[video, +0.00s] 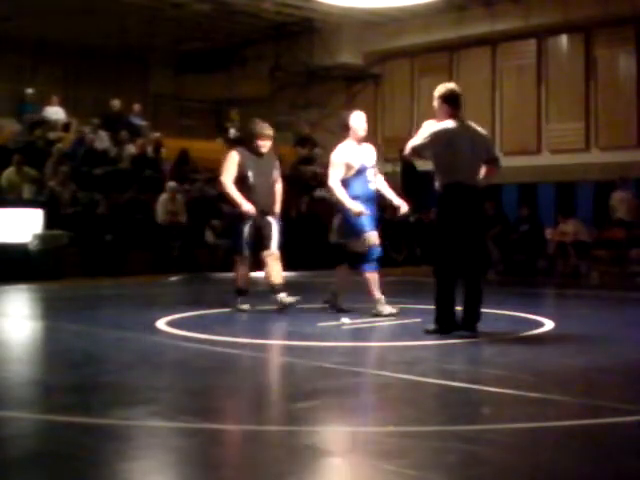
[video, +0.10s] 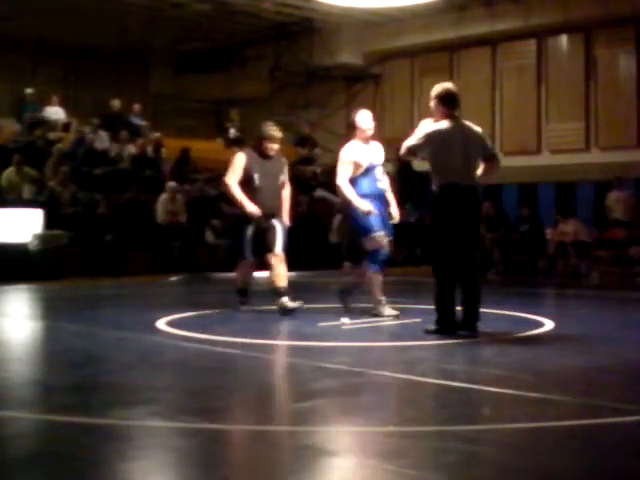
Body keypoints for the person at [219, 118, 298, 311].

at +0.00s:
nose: (265, 143)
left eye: (268, 139)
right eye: (261, 139)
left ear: (272, 140)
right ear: (252, 140)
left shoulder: (272, 159)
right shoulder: (237, 156)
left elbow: (277, 183)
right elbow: (226, 180)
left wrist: (276, 208)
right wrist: (243, 203)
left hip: (267, 212)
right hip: (246, 213)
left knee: (272, 253)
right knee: (244, 256)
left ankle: (279, 289)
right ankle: (241, 292)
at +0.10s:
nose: (275, 146)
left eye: (277, 142)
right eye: (271, 142)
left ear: (280, 143)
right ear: (261, 141)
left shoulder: (281, 162)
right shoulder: (244, 157)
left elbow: (285, 187)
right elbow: (231, 180)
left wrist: (285, 214)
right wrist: (248, 205)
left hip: (274, 215)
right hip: (252, 215)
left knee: (277, 255)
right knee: (248, 259)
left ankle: (283, 295)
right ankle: (243, 292)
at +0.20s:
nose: (285, 147)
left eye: (287, 142)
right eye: (281, 142)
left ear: (290, 143)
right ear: (271, 141)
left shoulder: (290, 162)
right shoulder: (252, 156)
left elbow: (294, 188)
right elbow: (239, 181)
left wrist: (295, 216)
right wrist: (246, 210)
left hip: (281, 213)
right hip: (258, 214)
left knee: (284, 255)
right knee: (253, 261)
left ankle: (286, 297)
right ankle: (247, 293)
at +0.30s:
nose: (291, 146)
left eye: (294, 142)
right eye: (288, 141)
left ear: (297, 142)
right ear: (277, 139)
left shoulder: (298, 161)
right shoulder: (257, 154)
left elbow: (302, 186)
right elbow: (243, 177)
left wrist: (306, 213)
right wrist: (242, 209)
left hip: (288, 213)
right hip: (263, 212)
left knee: (287, 256)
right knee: (259, 256)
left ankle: (287, 297)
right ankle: (253, 291)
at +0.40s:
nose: (295, 142)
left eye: (298, 138)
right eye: (292, 138)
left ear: (300, 138)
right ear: (281, 136)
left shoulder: (302, 156)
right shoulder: (261, 151)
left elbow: (308, 180)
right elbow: (244, 174)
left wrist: (312, 205)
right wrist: (241, 206)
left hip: (292, 209)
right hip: (266, 208)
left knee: (290, 255)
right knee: (266, 251)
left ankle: (286, 297)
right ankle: (263, 295)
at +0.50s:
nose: (298, 141)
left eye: (301, 137)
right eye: (294, 137)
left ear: (303, 137)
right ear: (283, 135)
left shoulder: (305, 155)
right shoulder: (263, 152)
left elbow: (311, 178)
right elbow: (245, 173)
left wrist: (316, 201)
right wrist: (243, 206)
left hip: (295, 209)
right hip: (271, 208)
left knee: (291, 256)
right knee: (274, 253)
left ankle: (287, 297)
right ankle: (270, 295)